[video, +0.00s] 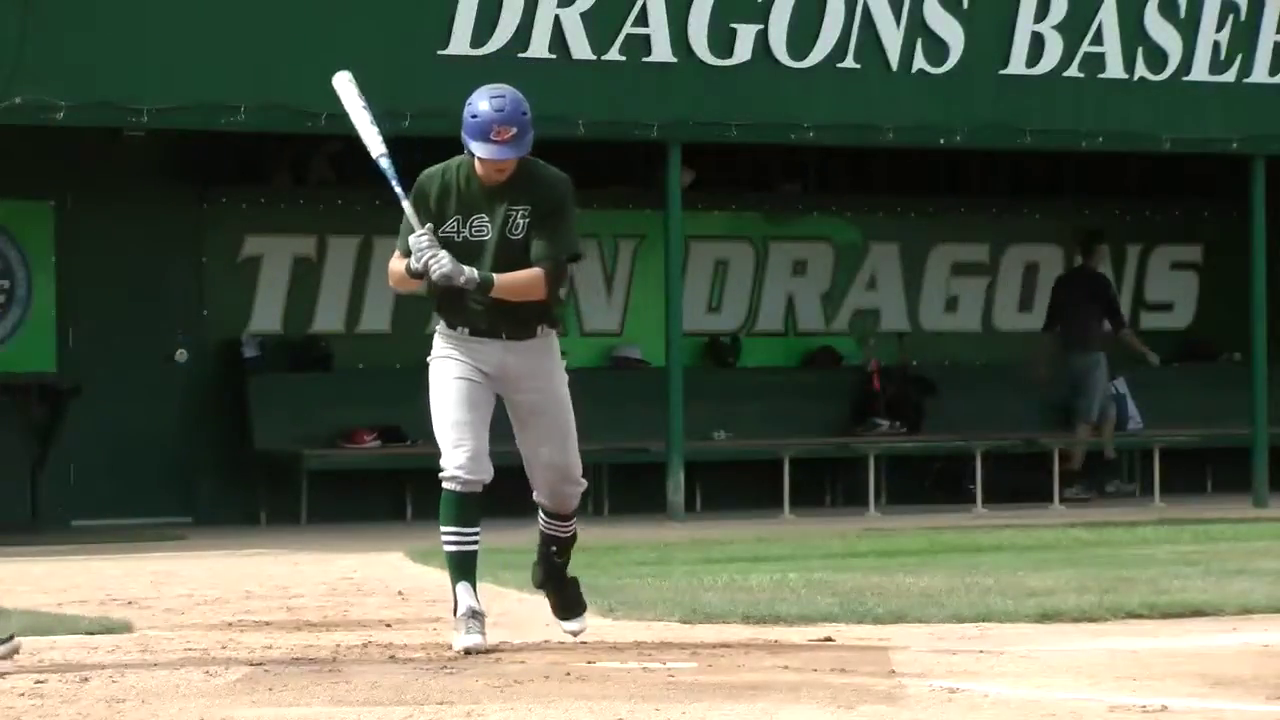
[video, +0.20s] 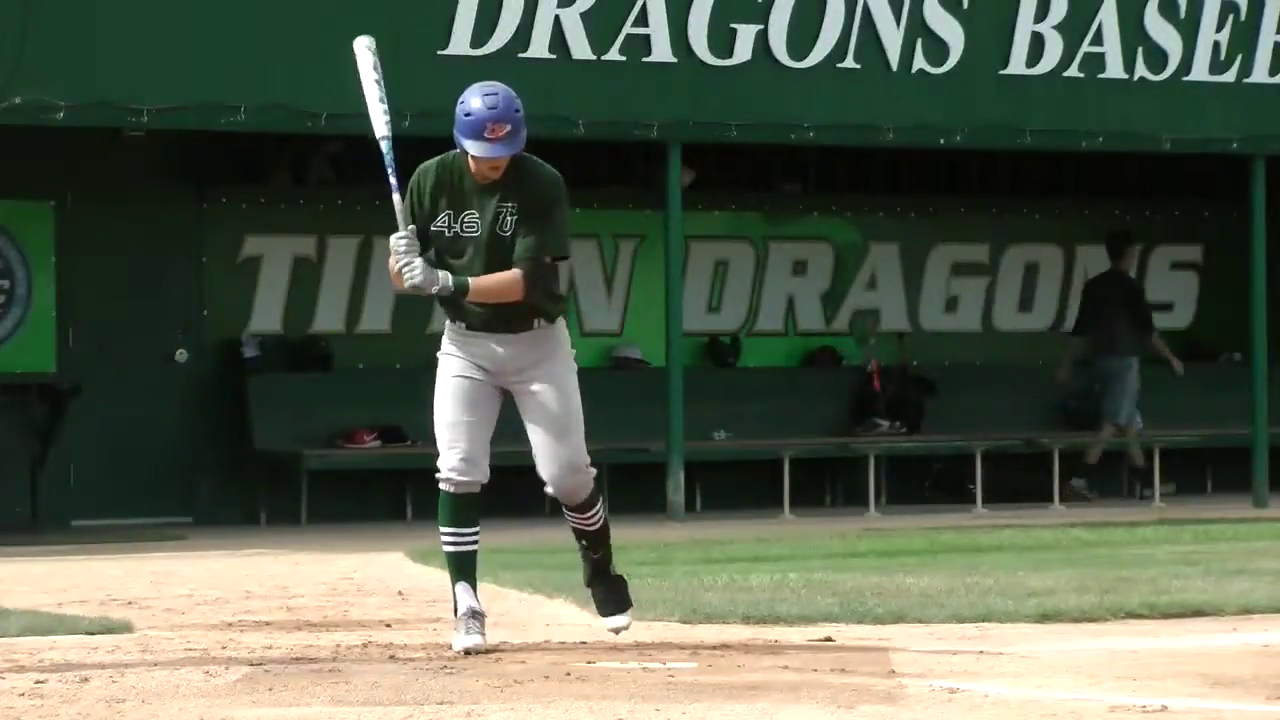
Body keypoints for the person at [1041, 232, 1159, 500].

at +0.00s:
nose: (1105, 257)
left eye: (1103, 252)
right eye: (1103, 252)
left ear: (1080, 252)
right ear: (1098, 253)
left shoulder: (1063, 281)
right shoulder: (1100, 281)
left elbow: (1049, 327)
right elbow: (1120, 328)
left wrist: (1043, 362)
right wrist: (1146, 352)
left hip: (1069, 354)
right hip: (1093, 355)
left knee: (1108, 408)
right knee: (1085, 418)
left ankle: (1109, 470)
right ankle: (1072, 481)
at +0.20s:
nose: (1135, 258)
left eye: (1134, 252)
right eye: (1133, 253)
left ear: (1110, 254)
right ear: (1128, 254)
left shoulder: (1093, 286)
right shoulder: (1131, 287)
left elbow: (1079, 332)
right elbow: (1148, 332)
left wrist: (1065, 365)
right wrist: (1171, 358)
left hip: (1100, 359)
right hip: (1126, 359)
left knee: (1129, 421)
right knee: (1112, 419)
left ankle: (1144, 476)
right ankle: (1083, 475)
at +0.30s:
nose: (1147, 256)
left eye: (1146, 251)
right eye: (1146, 252)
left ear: (1116, 254)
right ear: (1141, 253)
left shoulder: (1107, 284)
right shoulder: (1147, 283)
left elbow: (1099, 330)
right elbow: (1159, 327)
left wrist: (1091, 364)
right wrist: (1172, 357)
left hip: (1114, 356)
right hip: (1142, 357)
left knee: (1132, 418)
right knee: (1142, 421)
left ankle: (1145, 481)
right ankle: (1104, 463)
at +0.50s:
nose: (1174, 256)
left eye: (1171, 251)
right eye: (1172, 251)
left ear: (1149, 251)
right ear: (1169, 252)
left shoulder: (1135, 279)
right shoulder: (1175, 281)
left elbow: (1133, 323)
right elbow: (1180, 325)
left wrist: (1139, 350)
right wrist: (1184, 362)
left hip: (1142, 358)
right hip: (1168, 358)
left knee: (1149, 417)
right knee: (1193, 414)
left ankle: (1146, 480)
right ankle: (1171, 461)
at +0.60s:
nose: (1193, 252)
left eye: (1190, 248)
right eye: (1191, 248)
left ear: (1167, 251)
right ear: (1185, 252)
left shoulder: (1151, 279)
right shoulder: (1188, 283)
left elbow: (1140, 318)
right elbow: (1190, 330)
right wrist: (1194, 366)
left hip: (1156, 354)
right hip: (1183, 357)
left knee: (1157, 416)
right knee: (1211, 411)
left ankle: (1150, 479)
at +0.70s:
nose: (1207, 260)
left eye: (1205, 254)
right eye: (1206, 255)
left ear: (1183, 254)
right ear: (1201, 255)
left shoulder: (1167, 281)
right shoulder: (1204, 283)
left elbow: (1165, 316)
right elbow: (1206, 330)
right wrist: (1210, 368)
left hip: (1173, 356)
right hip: (1200, 358)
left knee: (1172, 414)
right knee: (1222, 418)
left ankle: (1151, 474)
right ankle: (1241, 472)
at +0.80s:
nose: (1222, 260)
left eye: (1220, 255)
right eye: (1220, 255)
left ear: (1198, 254)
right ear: (1216, 256)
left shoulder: (1183, 283)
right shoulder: (1220, 283)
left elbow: (1185, 325)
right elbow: (1224, 332)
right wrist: (1227, 370)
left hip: (1191, 358)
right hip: (1217, 358)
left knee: (1188, 414)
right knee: (1237, 416)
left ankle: (1163, 463)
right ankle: (1245, 475)